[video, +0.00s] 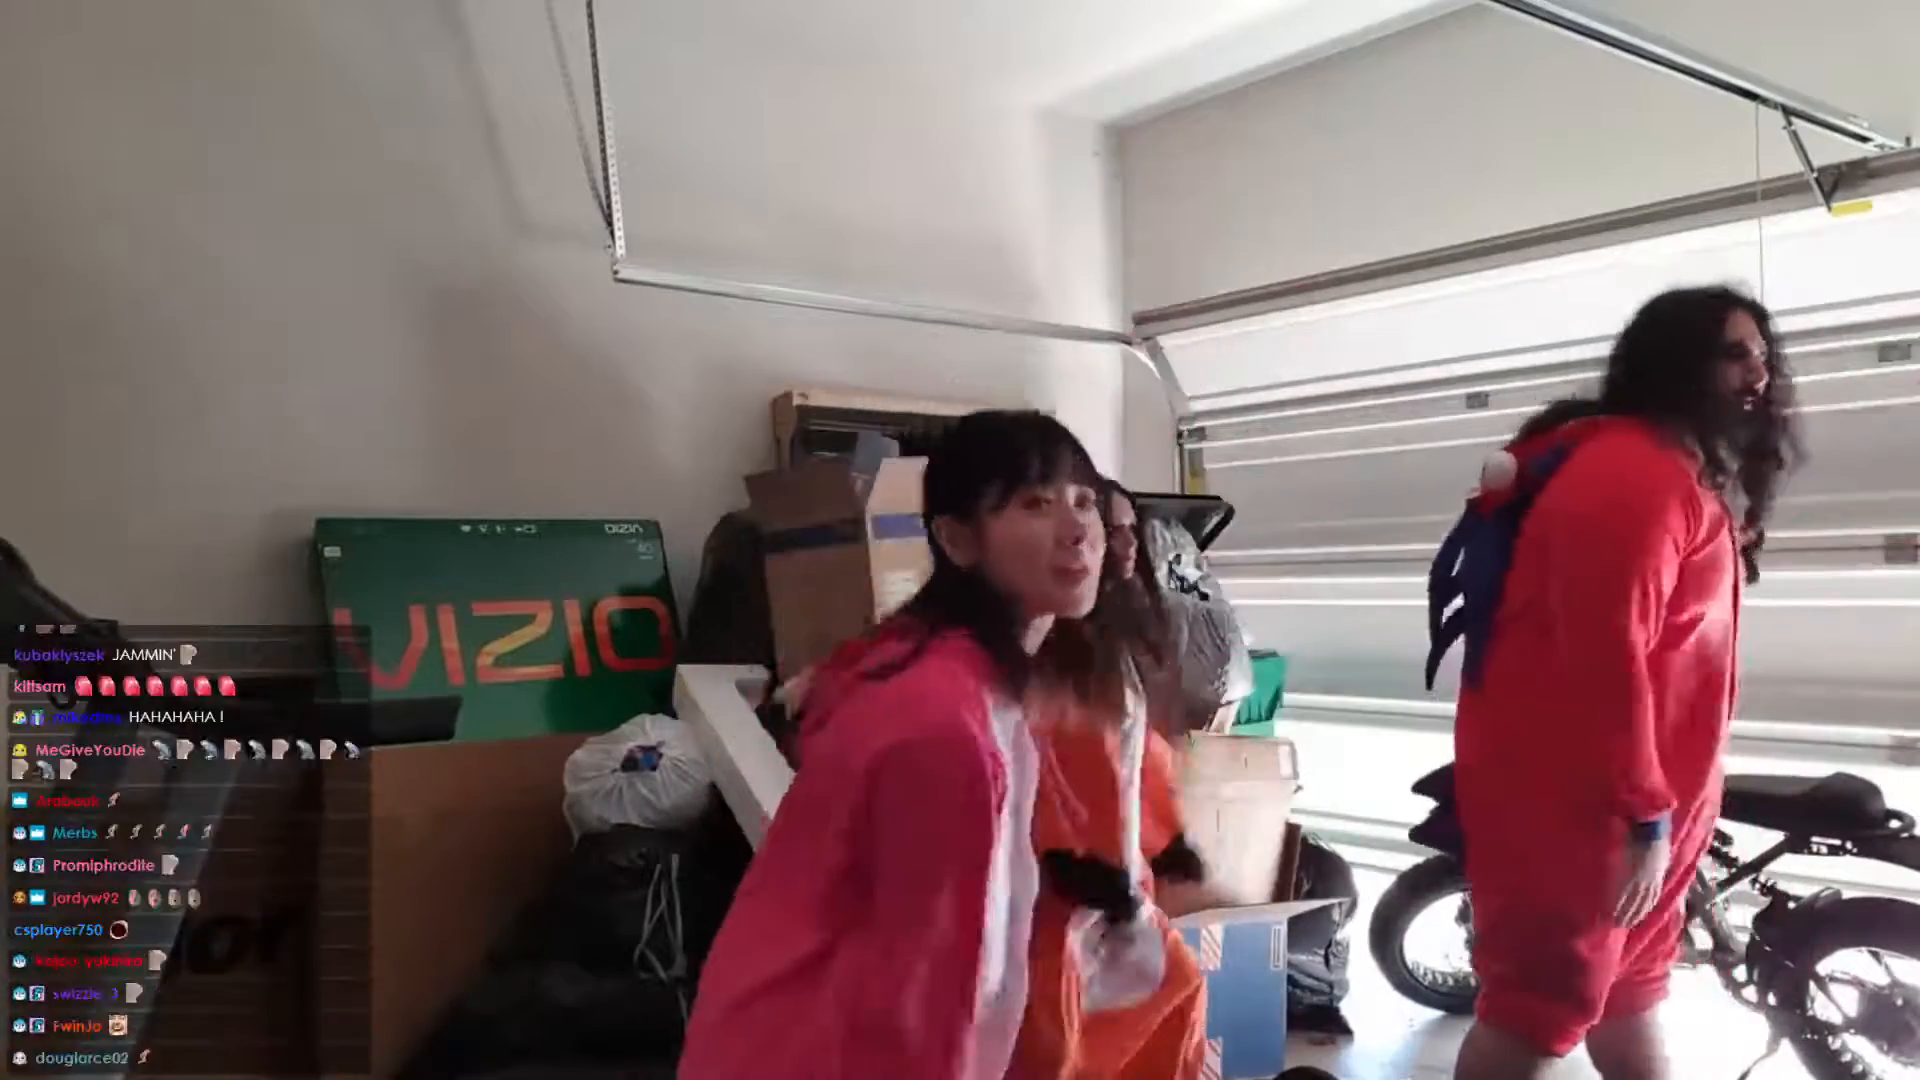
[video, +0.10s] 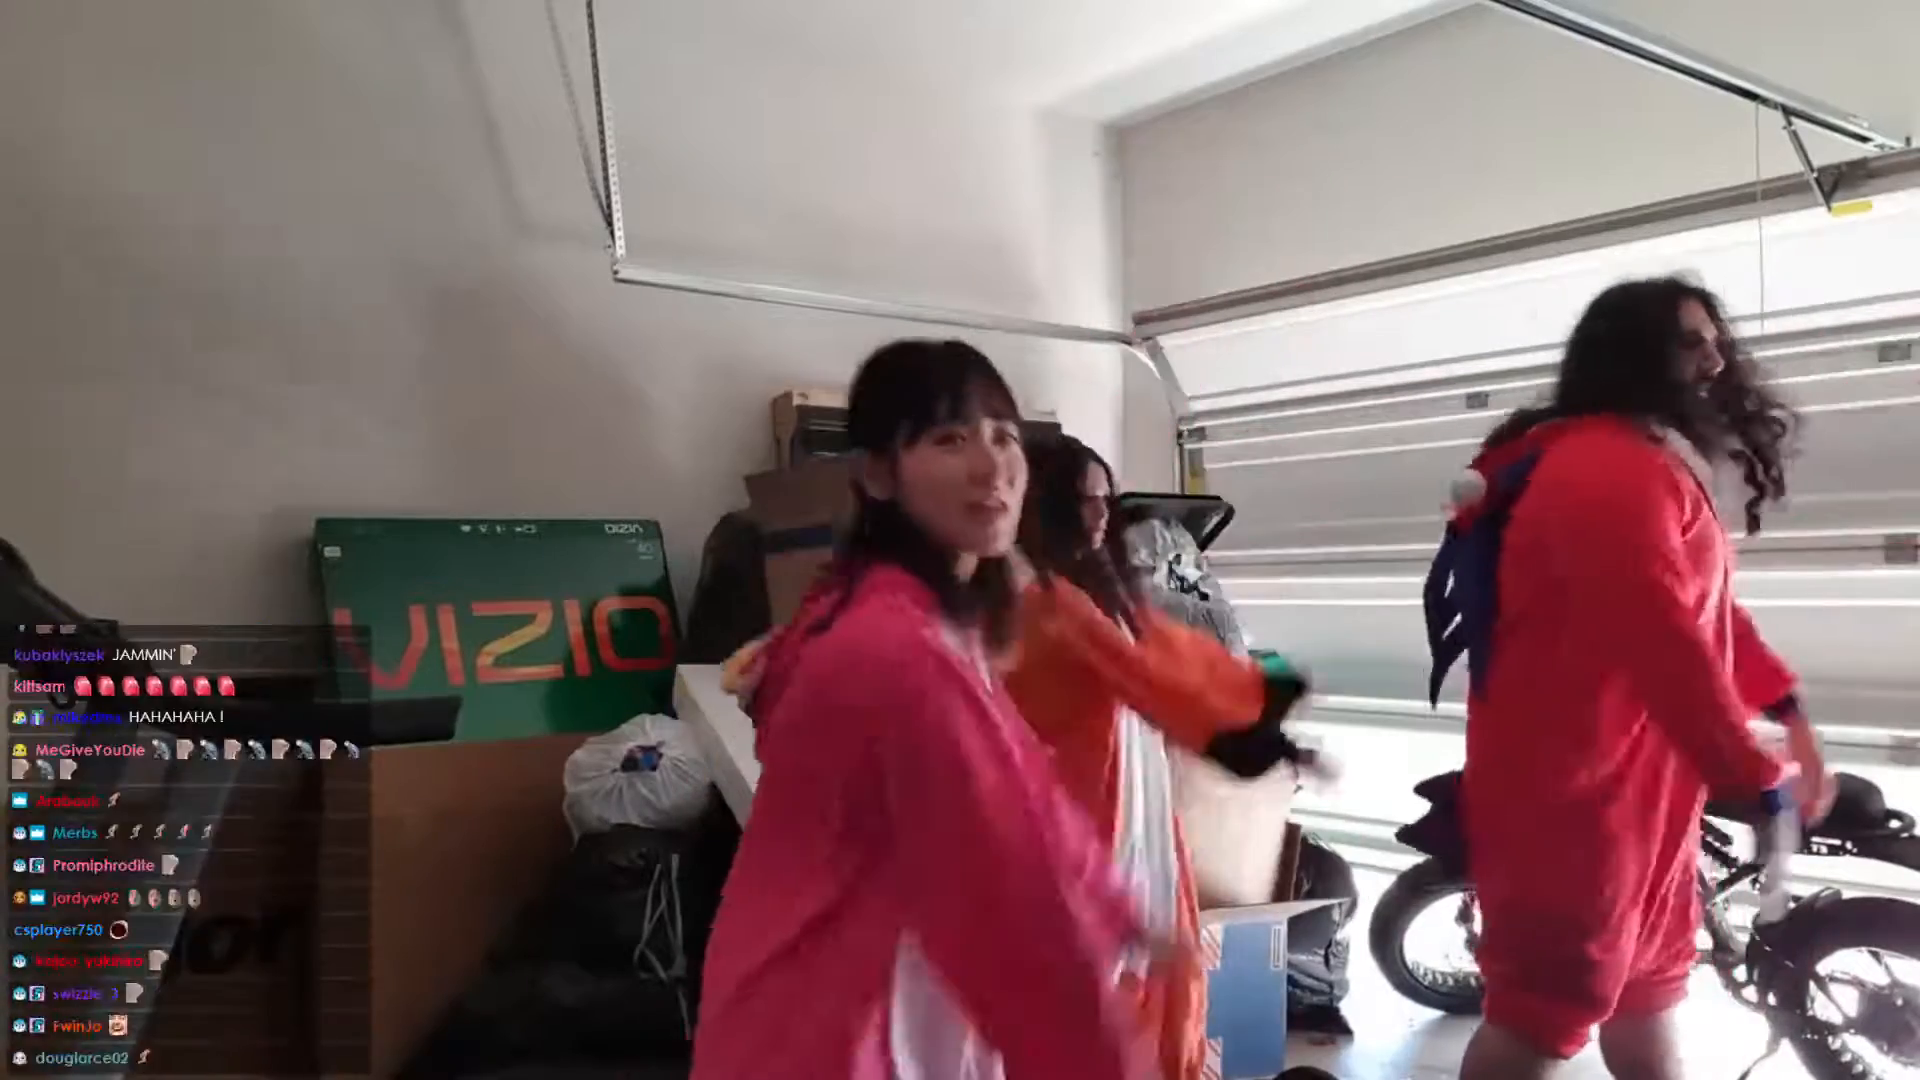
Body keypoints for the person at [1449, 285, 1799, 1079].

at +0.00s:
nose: (1758, 375)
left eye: (1764, 358)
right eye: (1735, 356)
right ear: (1679, 366)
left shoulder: (1690, 475)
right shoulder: (1633, 471)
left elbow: (1655, 651)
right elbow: (1602, 644)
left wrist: (1675, 809)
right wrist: (1647, 815)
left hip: (1641, 797)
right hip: (1564, 795)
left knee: (1626, 1006)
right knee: (1533, 1014)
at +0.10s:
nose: (1716, 363)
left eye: (1719, 345)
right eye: (1692, 345)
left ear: (1728, 353)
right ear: (1637, 359)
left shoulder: (1665, 465)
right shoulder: (1608, 470)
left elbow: (1709, 609)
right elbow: (1659, 638)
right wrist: (1751, 772)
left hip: (1643, 782)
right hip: (1567, 788)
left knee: (1645, 999)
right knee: (1541, 1017)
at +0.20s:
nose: (1679, 367)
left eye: (1682, 350)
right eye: (1655, 350)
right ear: (1595, 362)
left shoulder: (1626, 468)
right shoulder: (1573, 471)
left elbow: (1739, 540)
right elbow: (1733, 562)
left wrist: (1871, 558)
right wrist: (1898, 599)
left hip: (1669, 799)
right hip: (1588, 812)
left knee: (1677, 1001)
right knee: (1566, 1029)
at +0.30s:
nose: (1671, 389)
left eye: (1672, 371)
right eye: (1649, 371)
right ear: (1587, 381)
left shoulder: (1627, 476)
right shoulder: (1552, 481)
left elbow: (1754, 459)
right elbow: (1752, 464)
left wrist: (1881, 394)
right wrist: (1906, 391)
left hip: (1689, 801)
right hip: (1603, 818)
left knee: (1732, 988)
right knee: (1606, 1037)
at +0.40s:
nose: (1688, 403)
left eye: (1686, 386)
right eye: (1670, 383)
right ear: (1610, 390)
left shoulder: (1623, 485)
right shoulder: (1565, 493)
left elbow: (1718, 430)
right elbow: (1736, 440)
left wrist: (1786, 305)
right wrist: (1843, 267)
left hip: (1692, 809)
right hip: (1620, 822)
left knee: (1751, 997)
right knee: (1637, 1036)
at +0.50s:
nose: (1694, 386)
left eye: (1693, 370)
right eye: (1674, 368)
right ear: (1613, 378)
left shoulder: (1637, 472)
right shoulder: (1572, 480)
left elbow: (1719, 429)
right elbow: (1759, 436)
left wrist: (1775, 319)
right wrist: (1837, 265)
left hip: (1693, 797)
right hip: (1617, 812)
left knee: (1736, 996)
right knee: (1629, 1030)